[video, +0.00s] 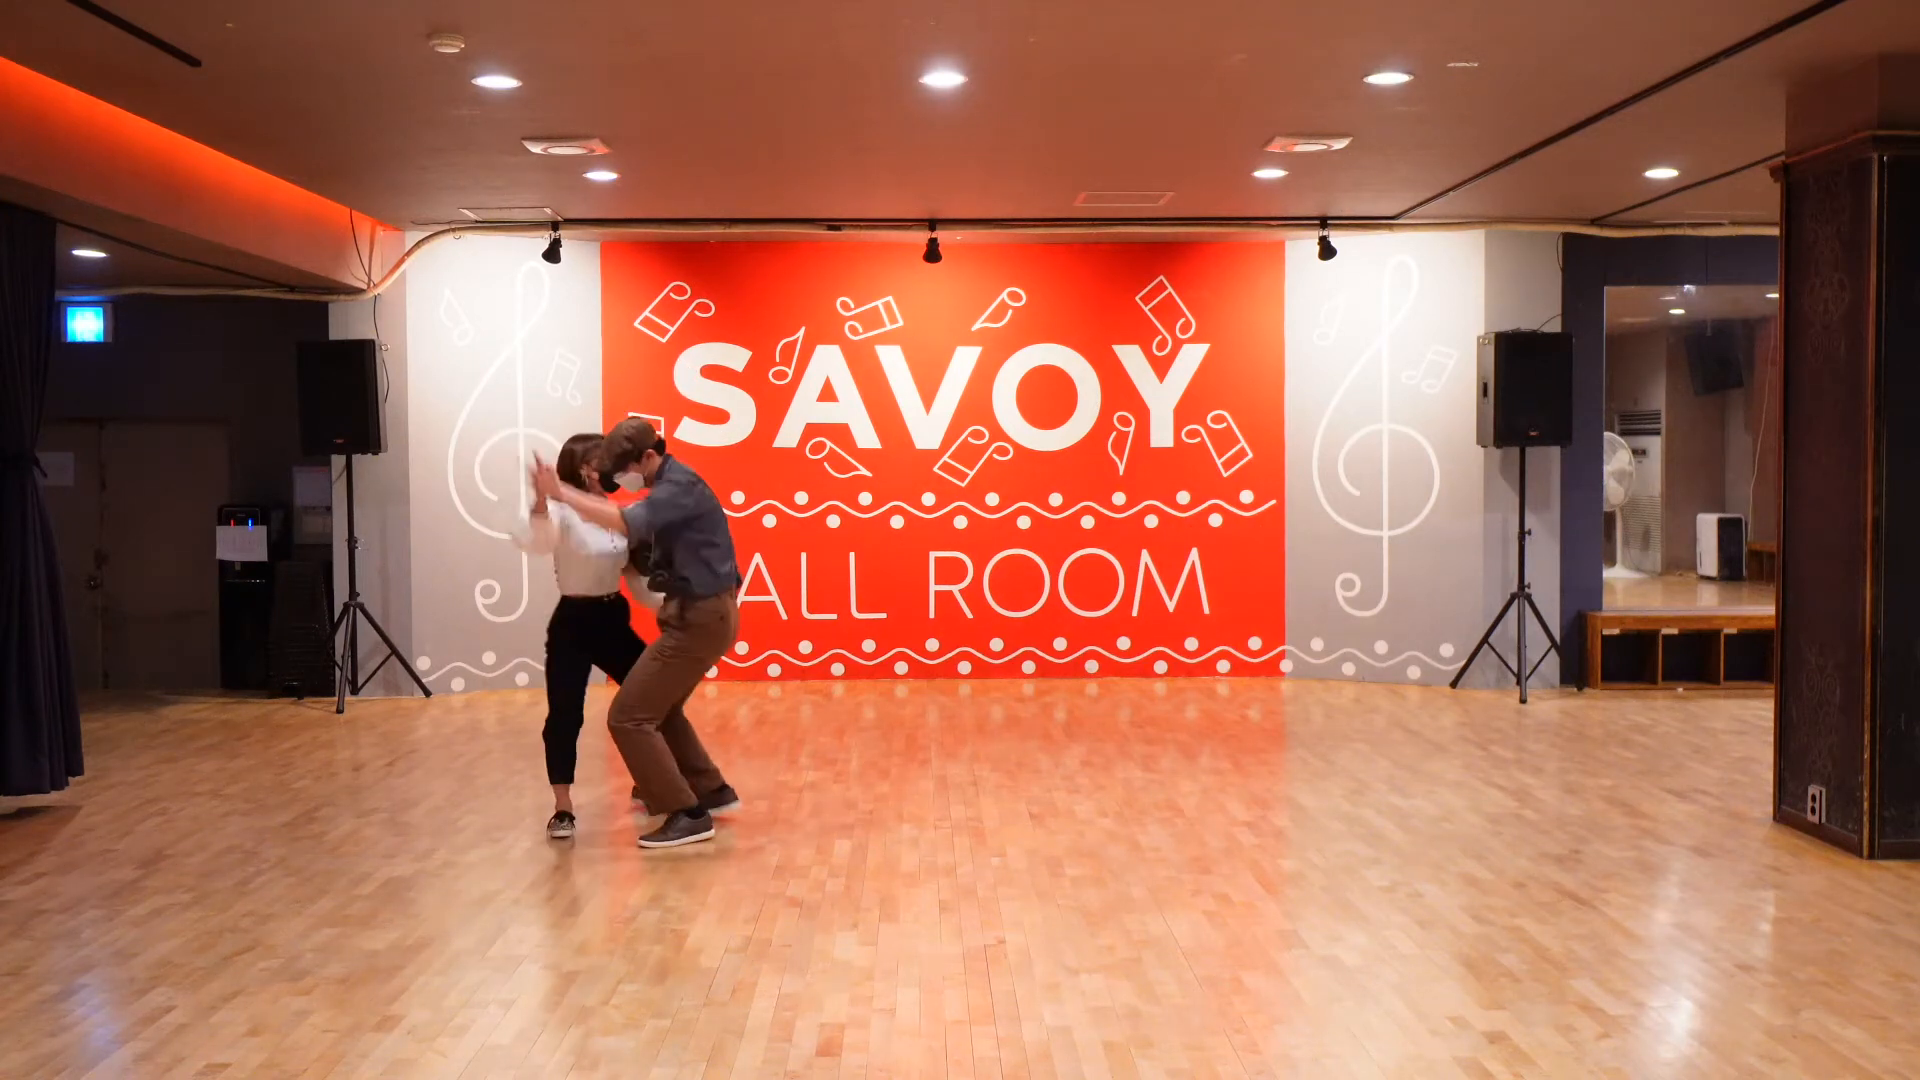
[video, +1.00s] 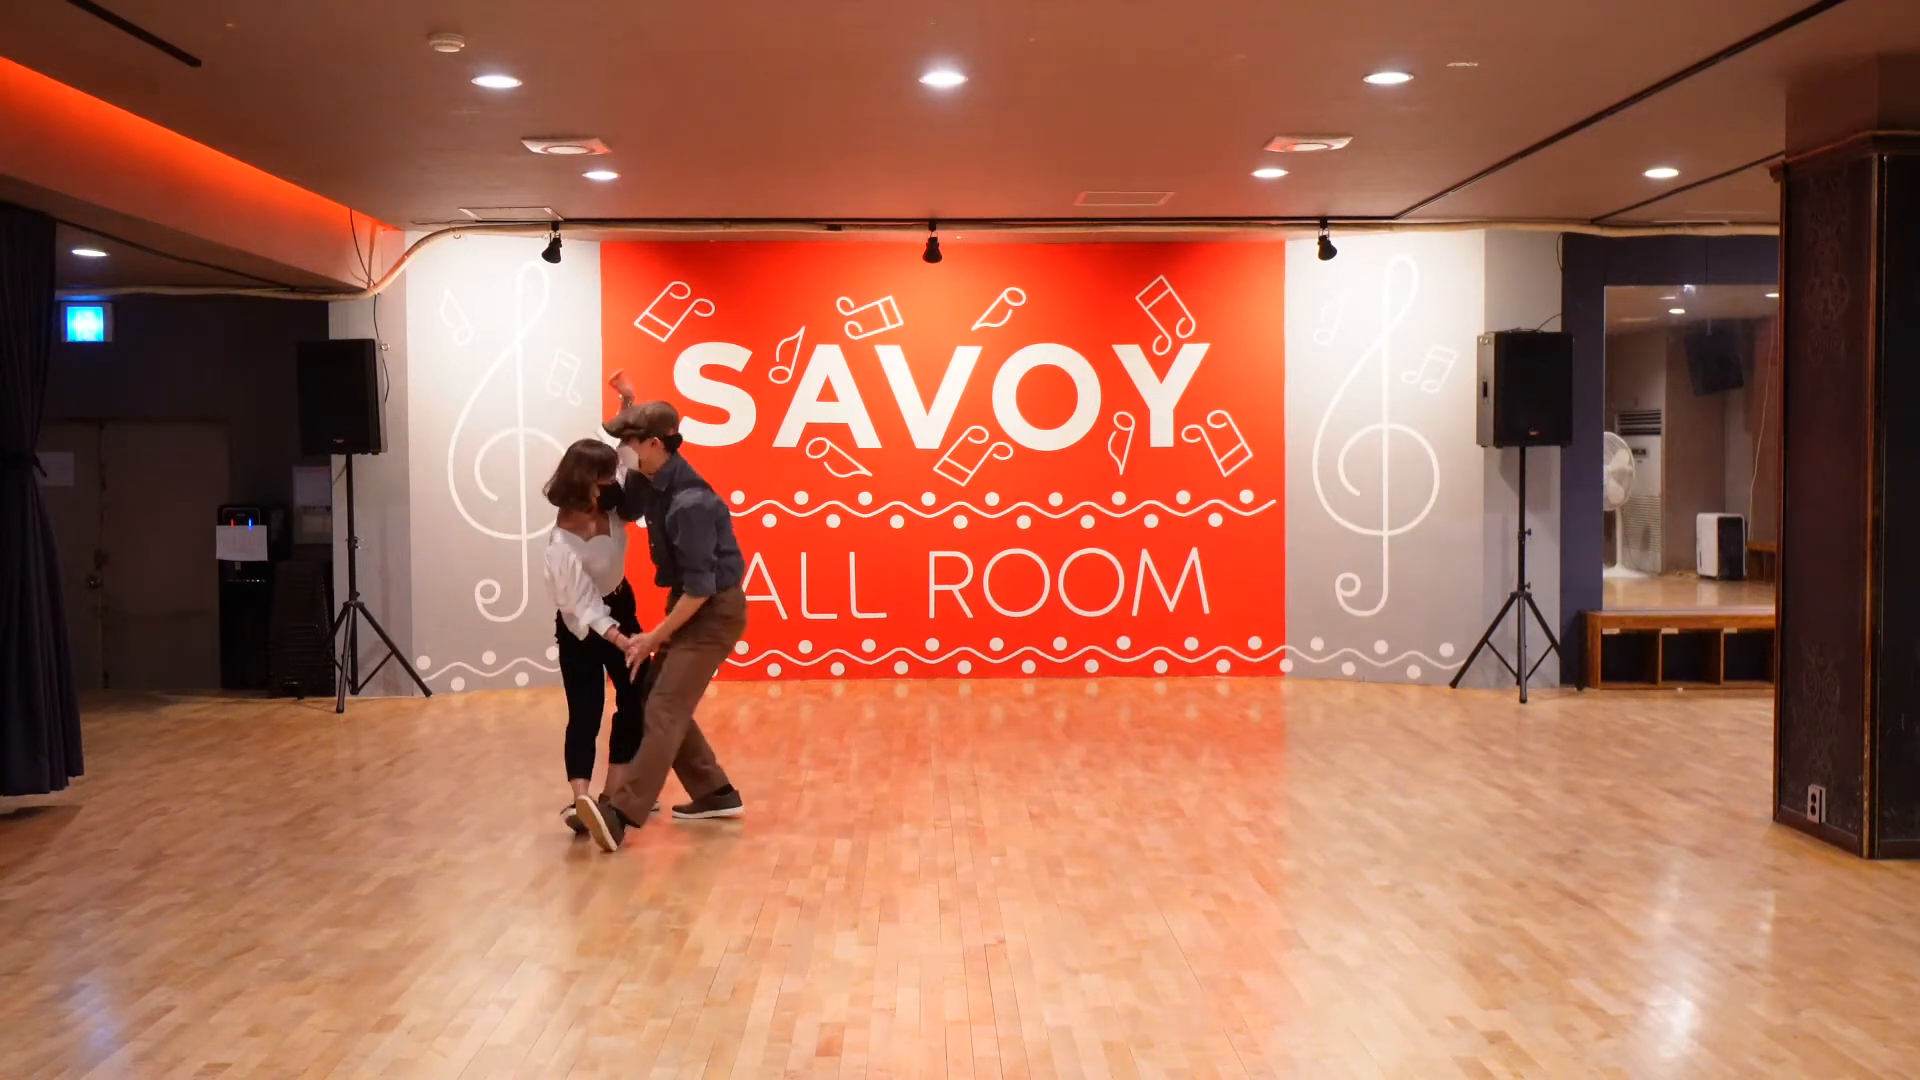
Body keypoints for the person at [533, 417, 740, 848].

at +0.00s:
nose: (628, 480)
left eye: (628, 471)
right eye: (622, 474)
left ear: (647, 457)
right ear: (651, 453)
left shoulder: (677, 488)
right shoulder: (671, 480)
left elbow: (625, 520)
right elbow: (627, 518)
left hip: (703, 618)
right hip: (705, 612)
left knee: (628, 718)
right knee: (657, 707)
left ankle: (684, 814)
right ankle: (709, 787)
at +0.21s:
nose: (615, 474)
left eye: (613, 462)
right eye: (609, 468)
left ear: (631, 442)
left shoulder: (664, 450)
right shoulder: (663, 504)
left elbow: (614, 412)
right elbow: (627, 557)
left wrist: (546, 384)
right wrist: (573, 546)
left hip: (695, 597)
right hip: (724, 599)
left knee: (633, 712)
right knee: (640, 692)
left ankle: (687, 816)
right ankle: (619, 785)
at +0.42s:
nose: (614, 462)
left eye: (617, 452)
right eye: (613, 453)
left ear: (635, 442)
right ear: (653, 438)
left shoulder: (670, 460)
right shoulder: (665, 501)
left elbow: (604, 457)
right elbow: (631, 564)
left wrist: (561, 415)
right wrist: (573, 560)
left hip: (701, 610)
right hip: (708, 609)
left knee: (633, 719)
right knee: (636, 706)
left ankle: (683, 818)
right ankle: (651, 793)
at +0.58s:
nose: (622, 456)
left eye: (628, 447)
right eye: (621, 448)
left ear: (653, 448)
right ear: (653, 450)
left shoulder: (680, 495)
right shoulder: (665, 494)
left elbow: (640, 567)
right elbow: (641, 563)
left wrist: (593, 523)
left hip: (705, 628)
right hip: (693, 625)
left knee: (629, 720)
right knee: (655, 714)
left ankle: (683, 819)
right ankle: (711, 798)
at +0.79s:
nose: (621, 442)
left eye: (627, 434)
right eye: (621, 435)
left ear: (650, 437)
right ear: (644, 438)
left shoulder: (692, 491)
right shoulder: (647, 477)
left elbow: (698, 584)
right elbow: (622, 506)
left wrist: (631, 610)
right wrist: (584, 493)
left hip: (718, 601)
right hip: (701, 599)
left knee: (643, 678)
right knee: (671, 699)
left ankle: (645, 796)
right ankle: (716, 794)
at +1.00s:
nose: (629, 453)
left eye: (634, 443)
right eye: (628, 445)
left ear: (657, 444)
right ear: (655, 443)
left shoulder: (689, 502)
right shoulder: (651, 480)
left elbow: (699, 591)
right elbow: (622, 509)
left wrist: (655, 637)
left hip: (716, 610)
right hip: (689, 606)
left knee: (667, 704)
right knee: (659, 699)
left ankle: (620, 812)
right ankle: (716, 793)